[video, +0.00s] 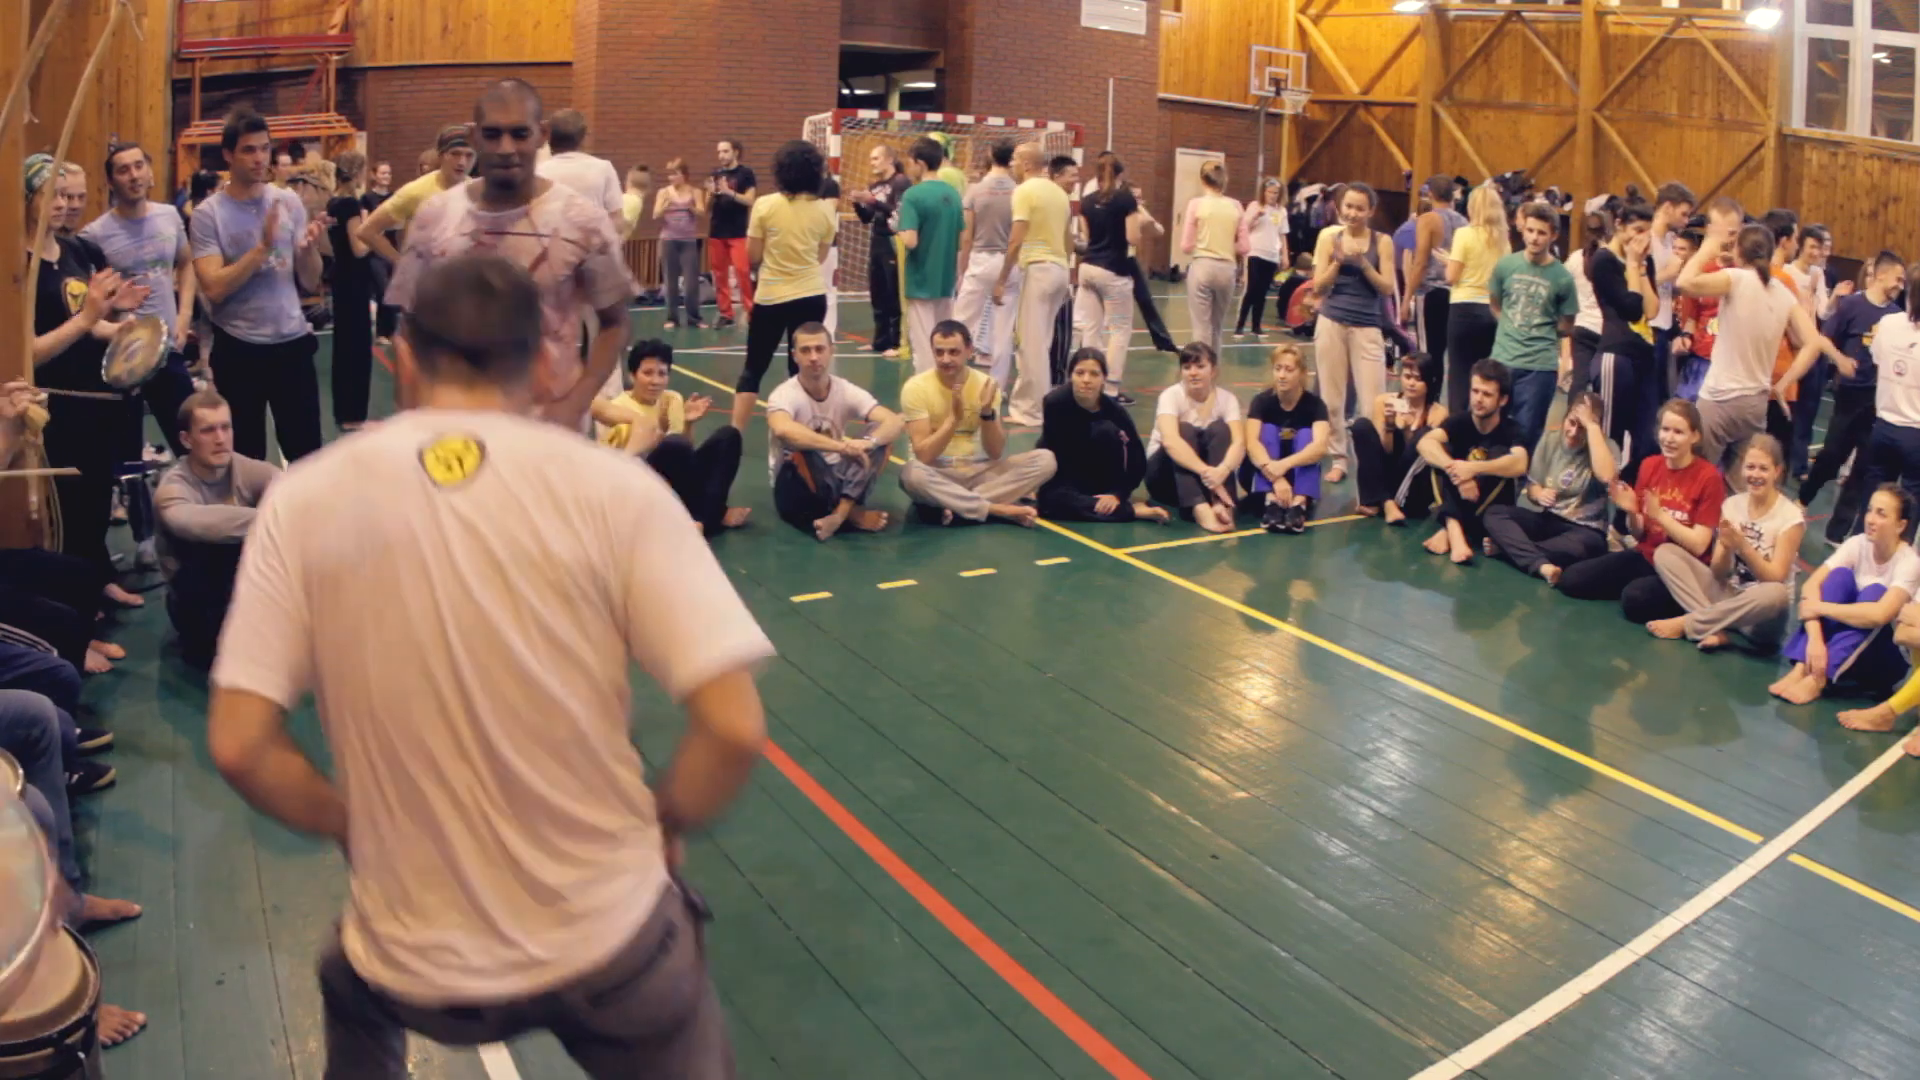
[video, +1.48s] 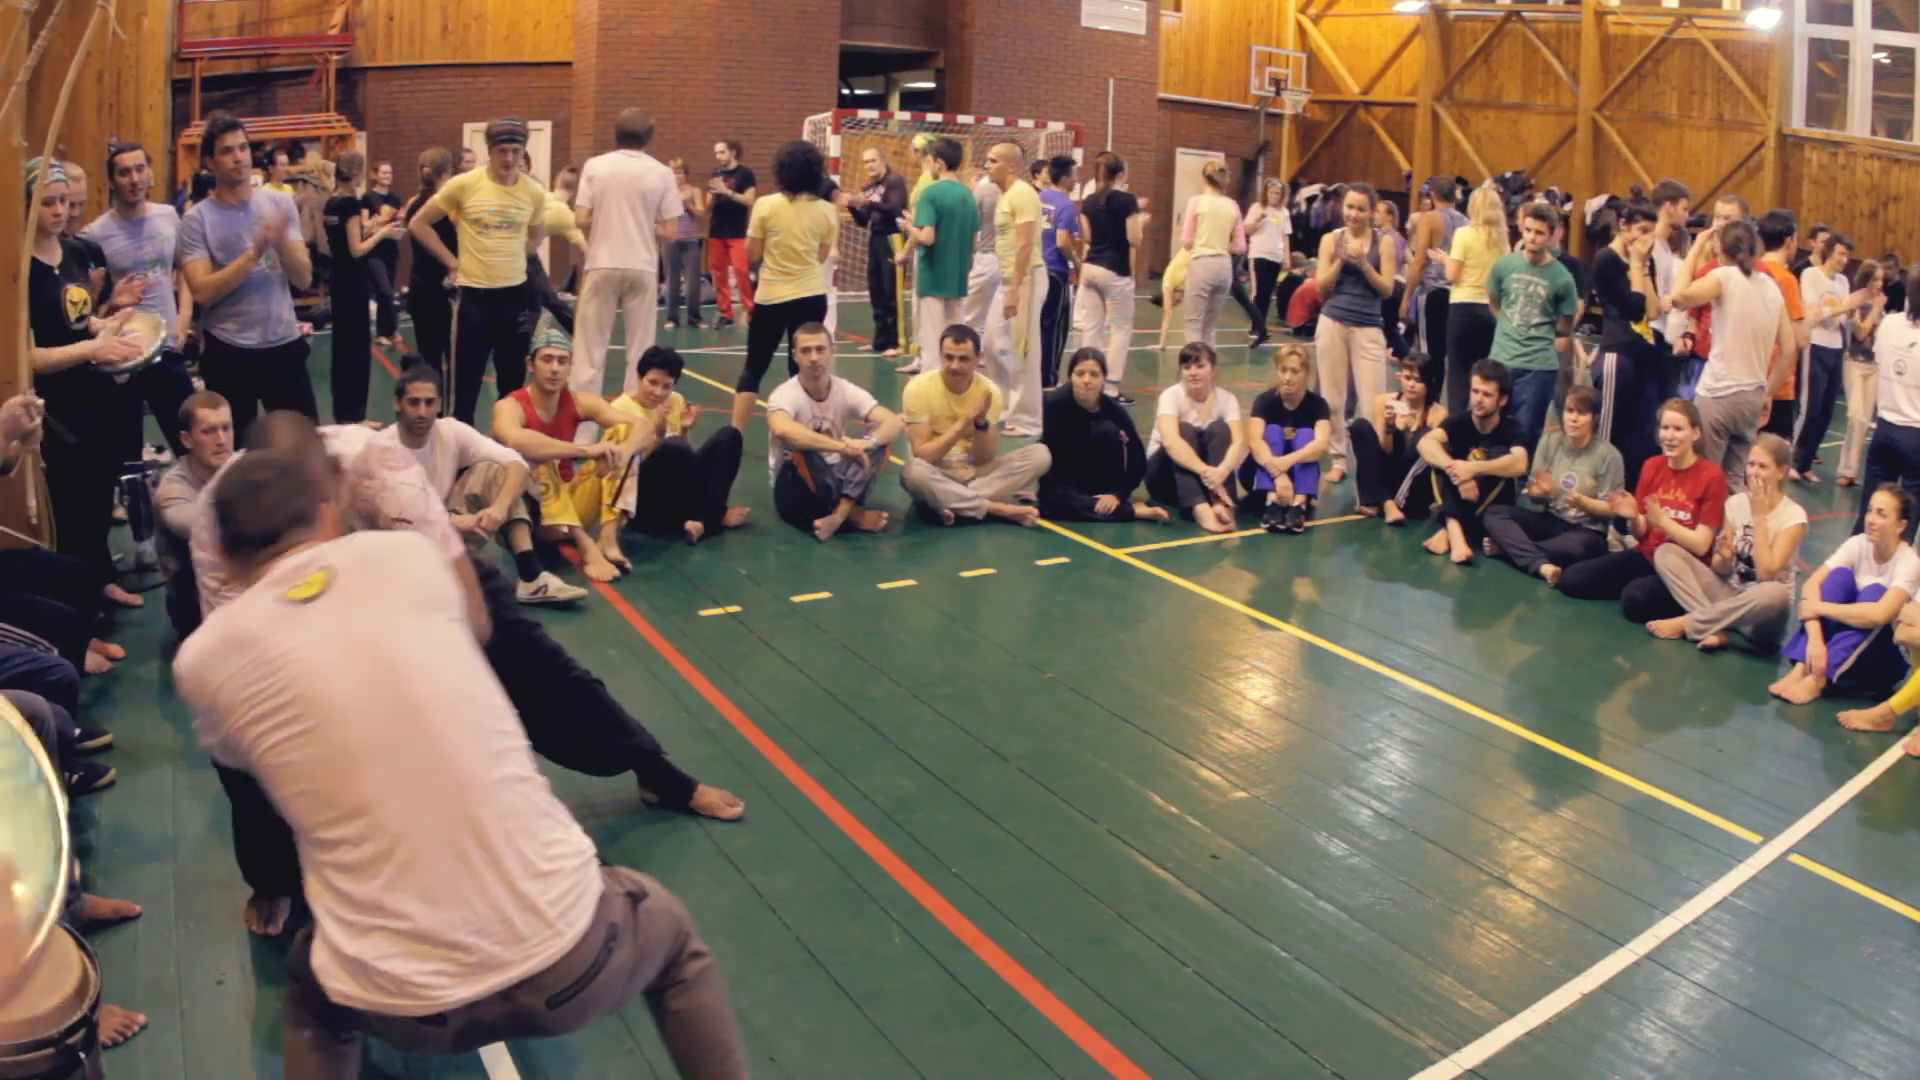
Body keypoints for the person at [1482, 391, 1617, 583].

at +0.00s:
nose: (1573, 433)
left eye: (1582, 428)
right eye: (1572, 423)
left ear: (1595, 429)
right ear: (1565, 418)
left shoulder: (1606, 447)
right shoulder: (1550, 439)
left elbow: (1606, 476)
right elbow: (1532, 486)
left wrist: (1592, 426)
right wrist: (1540, 494)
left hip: (1580, 528)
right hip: (1541, 517)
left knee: (1587, 545)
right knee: (1494, 513)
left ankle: (1509, 549)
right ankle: (1539, 565)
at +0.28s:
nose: (1570, 426)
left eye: (1580, 422)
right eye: (1568, 417)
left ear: (1592, 428)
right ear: (1562, 415)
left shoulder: (1601, 450)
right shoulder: (1549, 440)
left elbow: (1608, 466)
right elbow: (1530, 488)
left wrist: (1602, 419)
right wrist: (1536, 493)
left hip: (1579, 528)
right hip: (1540, 517)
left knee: (1590, 544)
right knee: (1494, 514)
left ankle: (1508, 549)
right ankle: (1539, 565)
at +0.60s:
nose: (1569, 417)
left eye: (1578, 412)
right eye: (1566, 409)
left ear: (1592, 417)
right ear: (1560, 411)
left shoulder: (1603, 451)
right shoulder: (1548, 440)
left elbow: (1608, 504)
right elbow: (1530, 488)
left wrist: (1611, 454)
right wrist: (1536, 493)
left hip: (1578, 528)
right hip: (1541, 518)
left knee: (1576, 548)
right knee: (1494, 514)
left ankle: (1508, 549)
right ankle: (1539, 566)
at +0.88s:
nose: (1569, 421)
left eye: (1577, 416)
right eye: (1565, 413)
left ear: (1592, 420)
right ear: (1559, 414)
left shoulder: (1610, 456)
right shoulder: (1548, 442)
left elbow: (1618, 509)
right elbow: (1532, 498)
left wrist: (1599, 503)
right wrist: (1533, 493)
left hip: (1583, 530)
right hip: (1545, 518)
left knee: (1573, 549)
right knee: (1494, 514)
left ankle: (1508, 549)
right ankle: (1539, 566)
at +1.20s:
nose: (1573, 420)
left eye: (1581, 414)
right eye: (1569, 412)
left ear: (1594, 418)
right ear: (1562, 414)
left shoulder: (1610, 457)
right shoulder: (1550, 442)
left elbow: (1610, 510)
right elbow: (1534, 491)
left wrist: (1574, 496)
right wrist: (1556, 496)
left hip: (1585, 529)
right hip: (1548, 520)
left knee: (1576, 548)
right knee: (1494, 514)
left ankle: (1509, 549)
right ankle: (1539, 566)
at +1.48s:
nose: (1574, 419)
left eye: (1582, 413)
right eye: (1569, 411)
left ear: (1594, 418)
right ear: (1562, 414)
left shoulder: (1609, 456)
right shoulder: (1549, 441)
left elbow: (1612, 509)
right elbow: (1532, 493)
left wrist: (1583, 502)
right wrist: (1541, 492)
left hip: (1584, 530)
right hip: (1547, 520)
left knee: (1575, 548)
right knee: (1494, 514)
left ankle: (1509, 549)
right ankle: (1539, 565)